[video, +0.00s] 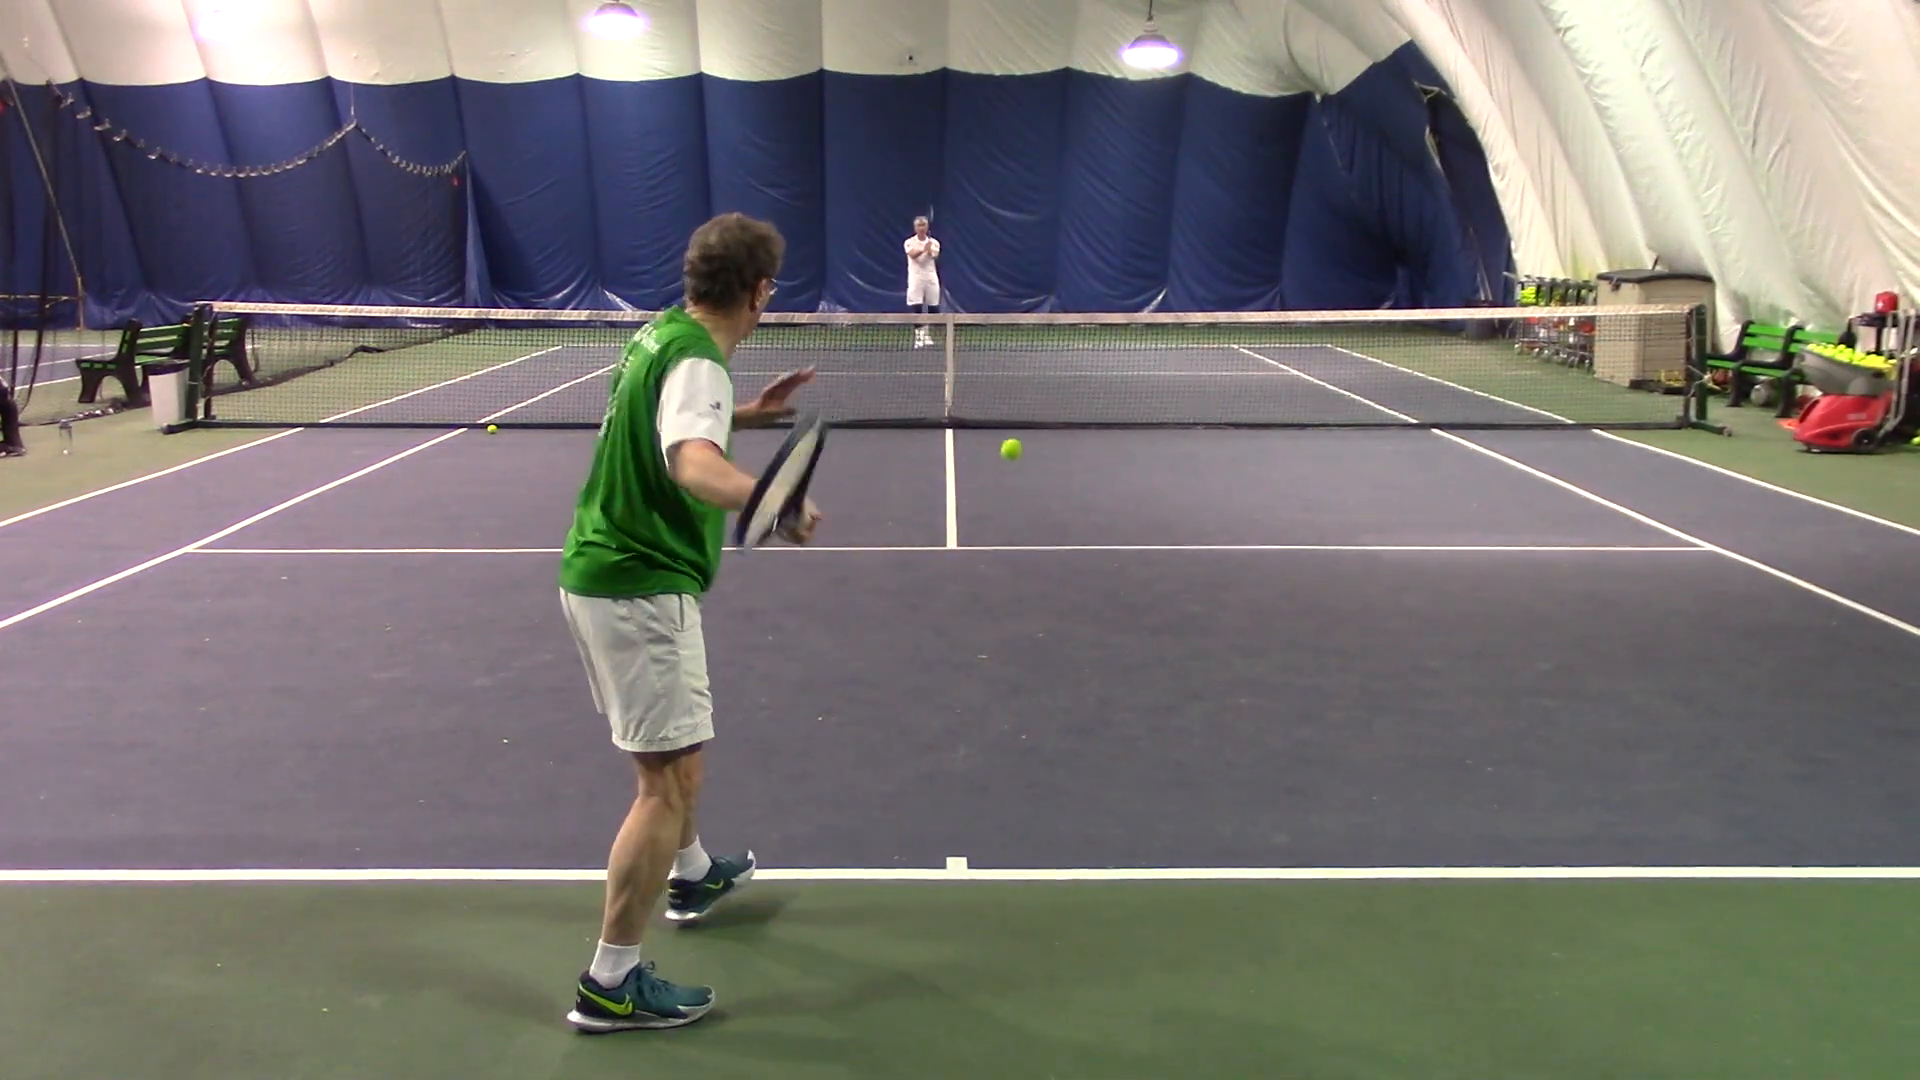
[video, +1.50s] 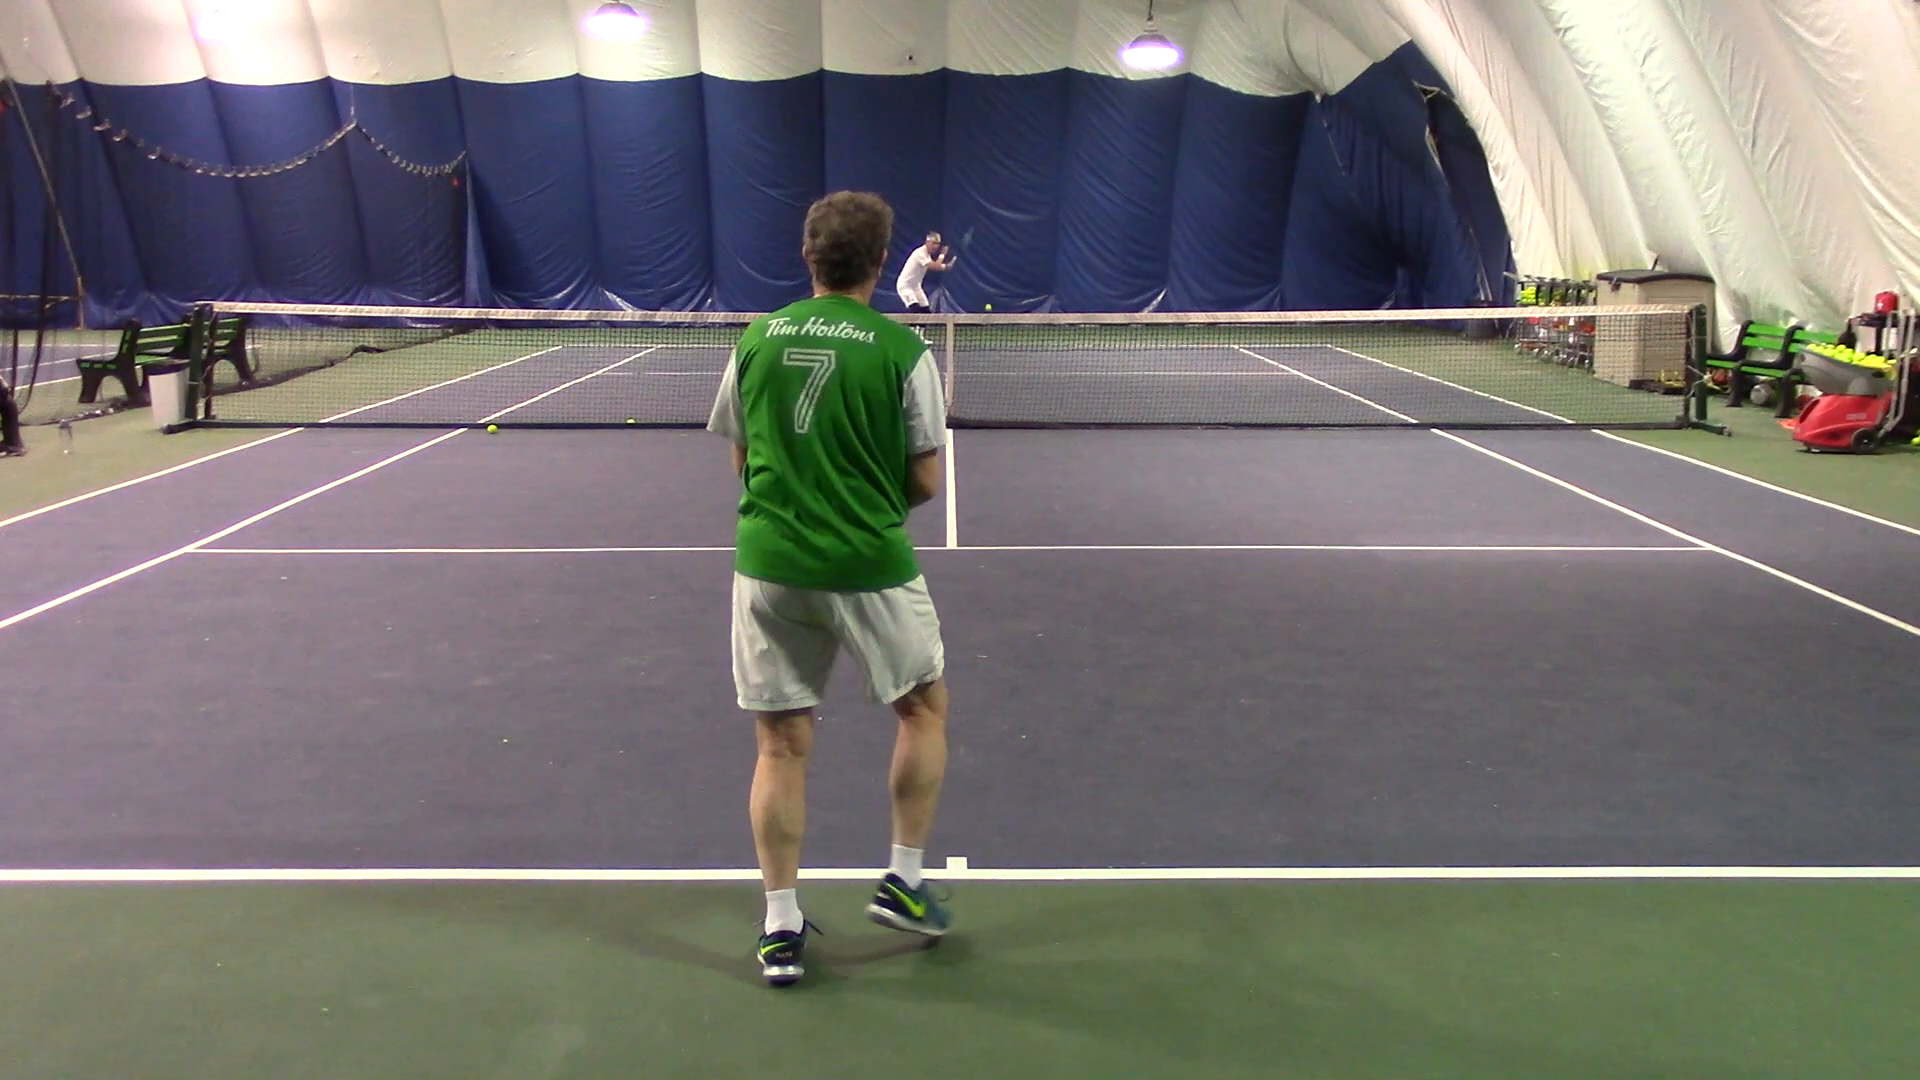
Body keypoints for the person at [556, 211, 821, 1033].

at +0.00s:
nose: (772, 297)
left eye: (770, 283)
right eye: (772, 284)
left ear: (696, 278)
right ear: (755, 292)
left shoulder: (660, 334)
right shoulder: (697, 364)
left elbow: (664, 421)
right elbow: (694, 465)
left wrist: (747, 408)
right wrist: (769, 500)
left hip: (606, 576)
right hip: (640, 587)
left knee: (670, 735)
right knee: (669, 784)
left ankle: (688, 876)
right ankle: (610, 977)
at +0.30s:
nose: (787, 302)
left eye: (788, 289)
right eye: (788, 290)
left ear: (709, 279)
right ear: (765, 295)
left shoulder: (636, 324)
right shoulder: (764, 383)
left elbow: (571, 368)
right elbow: (820, 482)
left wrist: (629, 341)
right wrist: (901, 496)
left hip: (616, 570)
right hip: (693, 582)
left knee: (677, 733)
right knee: (684, 764)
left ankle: (697, 880)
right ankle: (626, 946)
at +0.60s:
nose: (830, 296)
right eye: (832, 287)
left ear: (756, 275)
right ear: (818, 295)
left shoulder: (679, 320)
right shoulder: (815, 356)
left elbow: (570, 353)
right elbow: (774, 300)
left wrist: (634, 340)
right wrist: (737, 241)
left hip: (656, 558)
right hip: (744, 570)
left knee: (688, 725)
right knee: (733, 743)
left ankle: (704, 878)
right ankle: (688, 911)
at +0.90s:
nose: (859, 278)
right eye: (861, 268)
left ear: (786, 265)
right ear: (856, 279)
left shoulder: (716, 324)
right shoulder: (861, 352)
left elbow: (631, 404)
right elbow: (812, 333)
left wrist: (710, 393)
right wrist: (772, 299)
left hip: (708, 558)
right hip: (803, 564)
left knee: (714, 722)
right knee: (836, 737)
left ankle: (698, 883)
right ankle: (858, 917)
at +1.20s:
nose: (887, 261)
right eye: (891, 250)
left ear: (812, 253)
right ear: (885, 260)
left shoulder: (757, 329)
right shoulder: (907, 347)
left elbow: (716, 450)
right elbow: (917, 473)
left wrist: (789, 446)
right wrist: (846, 455)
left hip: (756, 557)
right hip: (857, 567)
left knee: (758, 716)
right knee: (859, 737)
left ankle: (755, 887)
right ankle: (858, 924)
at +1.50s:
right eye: (878, 252)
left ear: (805, 258)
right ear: (879, 264)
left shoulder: (759, 338)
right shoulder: (903, 349)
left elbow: (741, 460)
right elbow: (926, 480)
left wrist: (807, 479)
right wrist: (862, 495)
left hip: (769, 557)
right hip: (871, 561)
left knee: (781, 743)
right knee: (922, 708)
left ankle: (781, 925)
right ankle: (904, 878)